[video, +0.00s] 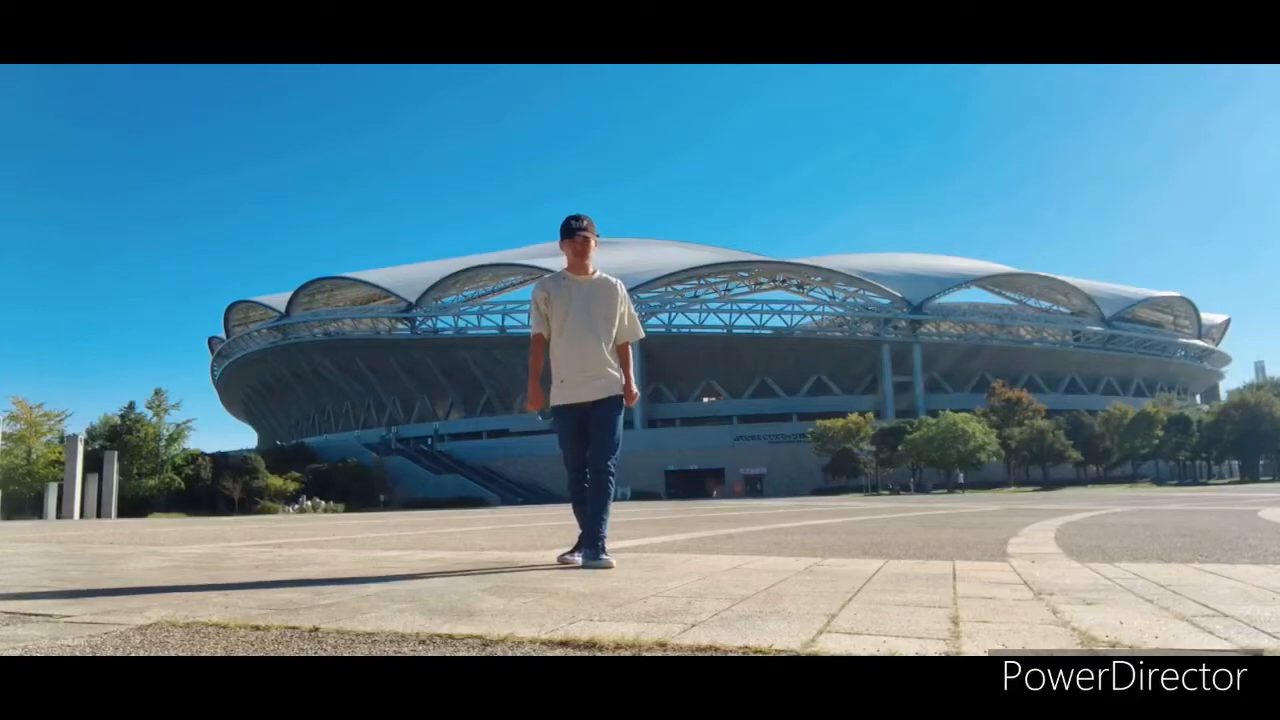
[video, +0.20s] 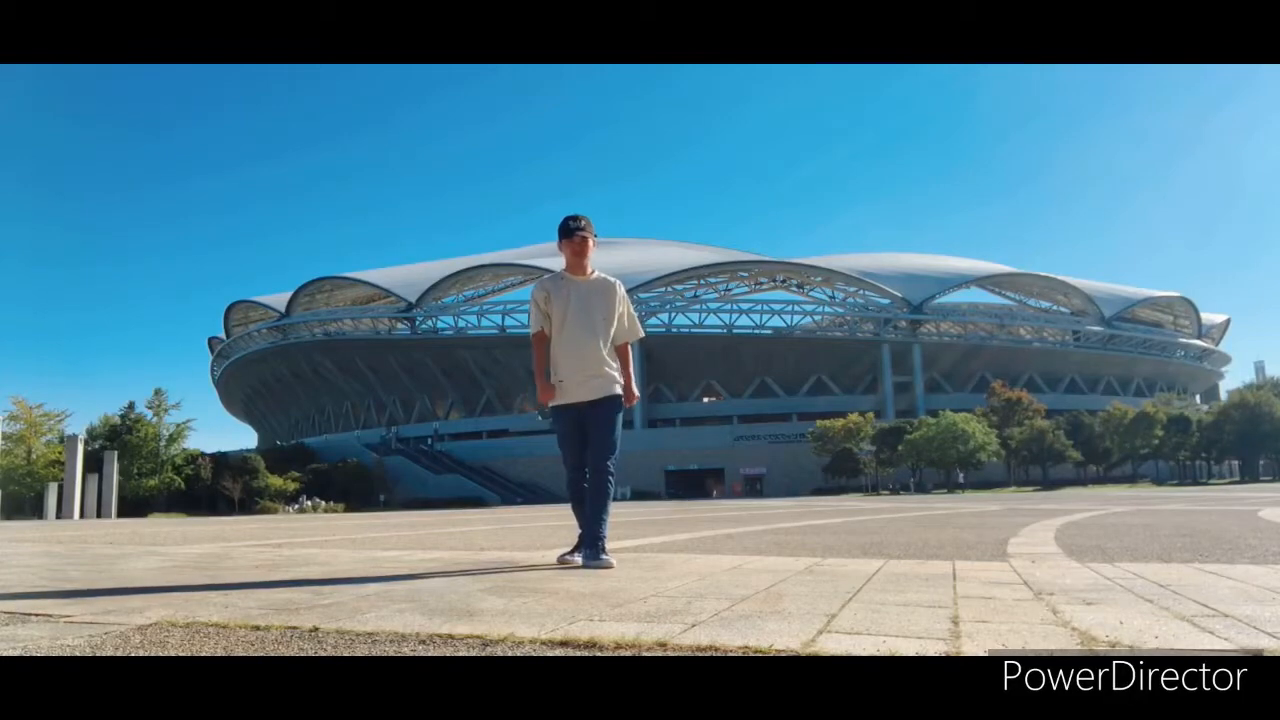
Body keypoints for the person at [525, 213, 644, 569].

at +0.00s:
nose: (581, 244)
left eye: (586, 238)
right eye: (574, 239)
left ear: (595, 243)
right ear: (563, 244)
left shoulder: (612, 287)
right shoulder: (547, 288)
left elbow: (623, 340)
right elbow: (538, 339)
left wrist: (629, 380)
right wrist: (534, 384)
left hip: (607, 390)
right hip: (565, 392)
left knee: (602, 467)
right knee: (576, 470)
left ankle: (596, 546)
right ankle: (587, 538)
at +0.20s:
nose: (582, 244)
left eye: (587, 238)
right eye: (575, 238)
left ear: (594, 243)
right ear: (561, 244)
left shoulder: (611, 287)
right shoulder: (546, 288)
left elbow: (622, 341)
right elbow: (539, 338)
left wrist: (629, 381)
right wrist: (542, 381)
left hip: (606, 389)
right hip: (564, 392)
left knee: (601, 468)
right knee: (575, 470)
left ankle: (596, 547)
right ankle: (586, 538)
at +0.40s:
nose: (577, 241)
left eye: (582, 236)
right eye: (570, 236)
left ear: (591, 242)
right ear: (558, 244)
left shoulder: (610, 285)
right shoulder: (545, 289)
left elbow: (621, 341)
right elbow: (540, 339)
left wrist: (628, 384)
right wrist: (546, 379)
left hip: (608, 386)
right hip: (566, 391)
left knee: (604, 466)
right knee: (577, 469)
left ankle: (597, 546)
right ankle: (587, 538)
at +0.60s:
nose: (576, 243)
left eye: (581, 237)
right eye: (569, 238)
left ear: (592, 242)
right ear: (558, 246)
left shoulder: (613, 284)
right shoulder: (548, 289)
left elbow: (625, 339)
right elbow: (545, 344)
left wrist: (631, 382)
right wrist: (547, 393)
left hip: (614, 384)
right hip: (573, 390)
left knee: (619, 462)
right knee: (581, 468)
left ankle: (617, 541)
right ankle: (590, 540)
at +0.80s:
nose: (586, 240)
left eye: (591, 235)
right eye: (579, 236)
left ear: (602, 240)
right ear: (569, 244)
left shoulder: (623, 283)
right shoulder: (557, 290)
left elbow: (635, 341)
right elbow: (548, 344)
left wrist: (641, 385)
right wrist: (545, 392)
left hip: (622, 387)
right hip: (579, 392)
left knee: (635, 464)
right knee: (585, 471)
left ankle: (644, 543)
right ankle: (589, 543)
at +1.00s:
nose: (601, 234)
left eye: (606, 228)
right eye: (594, 230)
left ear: (618, 236)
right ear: (584, 239)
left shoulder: (638, 279)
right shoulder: (570, 285)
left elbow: (650, 335)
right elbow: (560, 339)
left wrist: (657, 379)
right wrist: (552, 385)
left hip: (634, 389)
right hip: (589, 391)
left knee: (641, 468)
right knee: (586, 471)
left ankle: (644, 543)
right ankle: (591, 542)